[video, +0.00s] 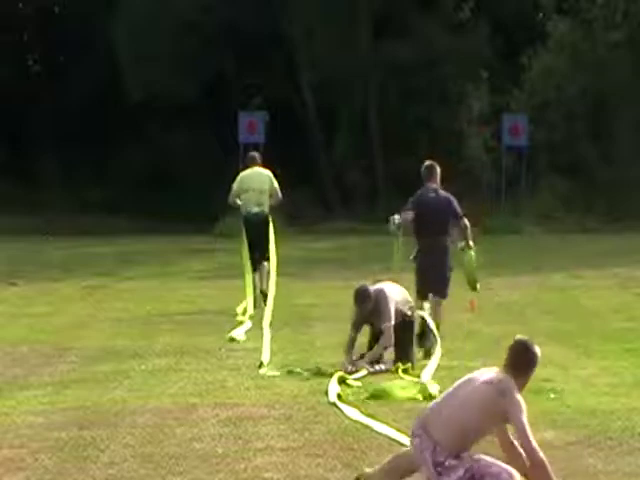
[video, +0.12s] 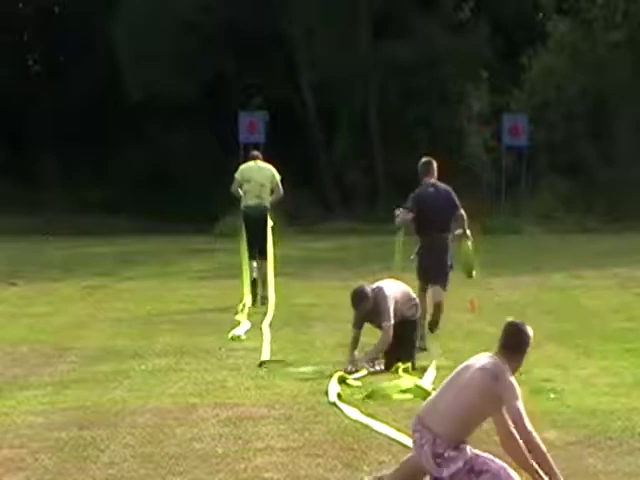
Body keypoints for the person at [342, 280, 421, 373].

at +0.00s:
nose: (362, 311)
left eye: (365, 308)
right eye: (360, 308)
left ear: (371, 300)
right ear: (357, 304)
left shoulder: (385, 297)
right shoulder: (361, 305)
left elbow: (388, 340)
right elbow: (354, 332)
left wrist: (366, 359)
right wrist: (349, 357)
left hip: (402, 314)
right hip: (379, 317)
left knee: (403, 357)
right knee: (373, 354)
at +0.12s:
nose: (360, 312)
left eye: (363, 308)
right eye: (358, 310)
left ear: (370, 300)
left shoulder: (385, 295)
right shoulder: (361, 305)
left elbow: (388, 336)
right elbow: (356, 333)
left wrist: (370, 356)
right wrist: (352, 355)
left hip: (408, 313)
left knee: (406, 357)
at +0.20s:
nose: (359, 313)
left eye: (362, 308)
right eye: (357, 309)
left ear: (369, 300)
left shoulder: (385, 294)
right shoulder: (360, 305)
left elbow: (386, 335)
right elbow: (356, 333)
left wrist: (371, 356)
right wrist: (353, 361)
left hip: (411, 314)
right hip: (393, 317)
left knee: (410, 364)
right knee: (394, 364)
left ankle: (424, 346)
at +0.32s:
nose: (357, 311)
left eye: (360, 306)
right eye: (355, 307)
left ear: (368, 297)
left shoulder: (384, 296)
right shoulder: (360, 302)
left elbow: (386, 336)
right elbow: (358, 333)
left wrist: (367, 360)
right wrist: (356, 360)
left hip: (413, 313)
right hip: (394, 318)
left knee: (410, 366)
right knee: (395, 366)